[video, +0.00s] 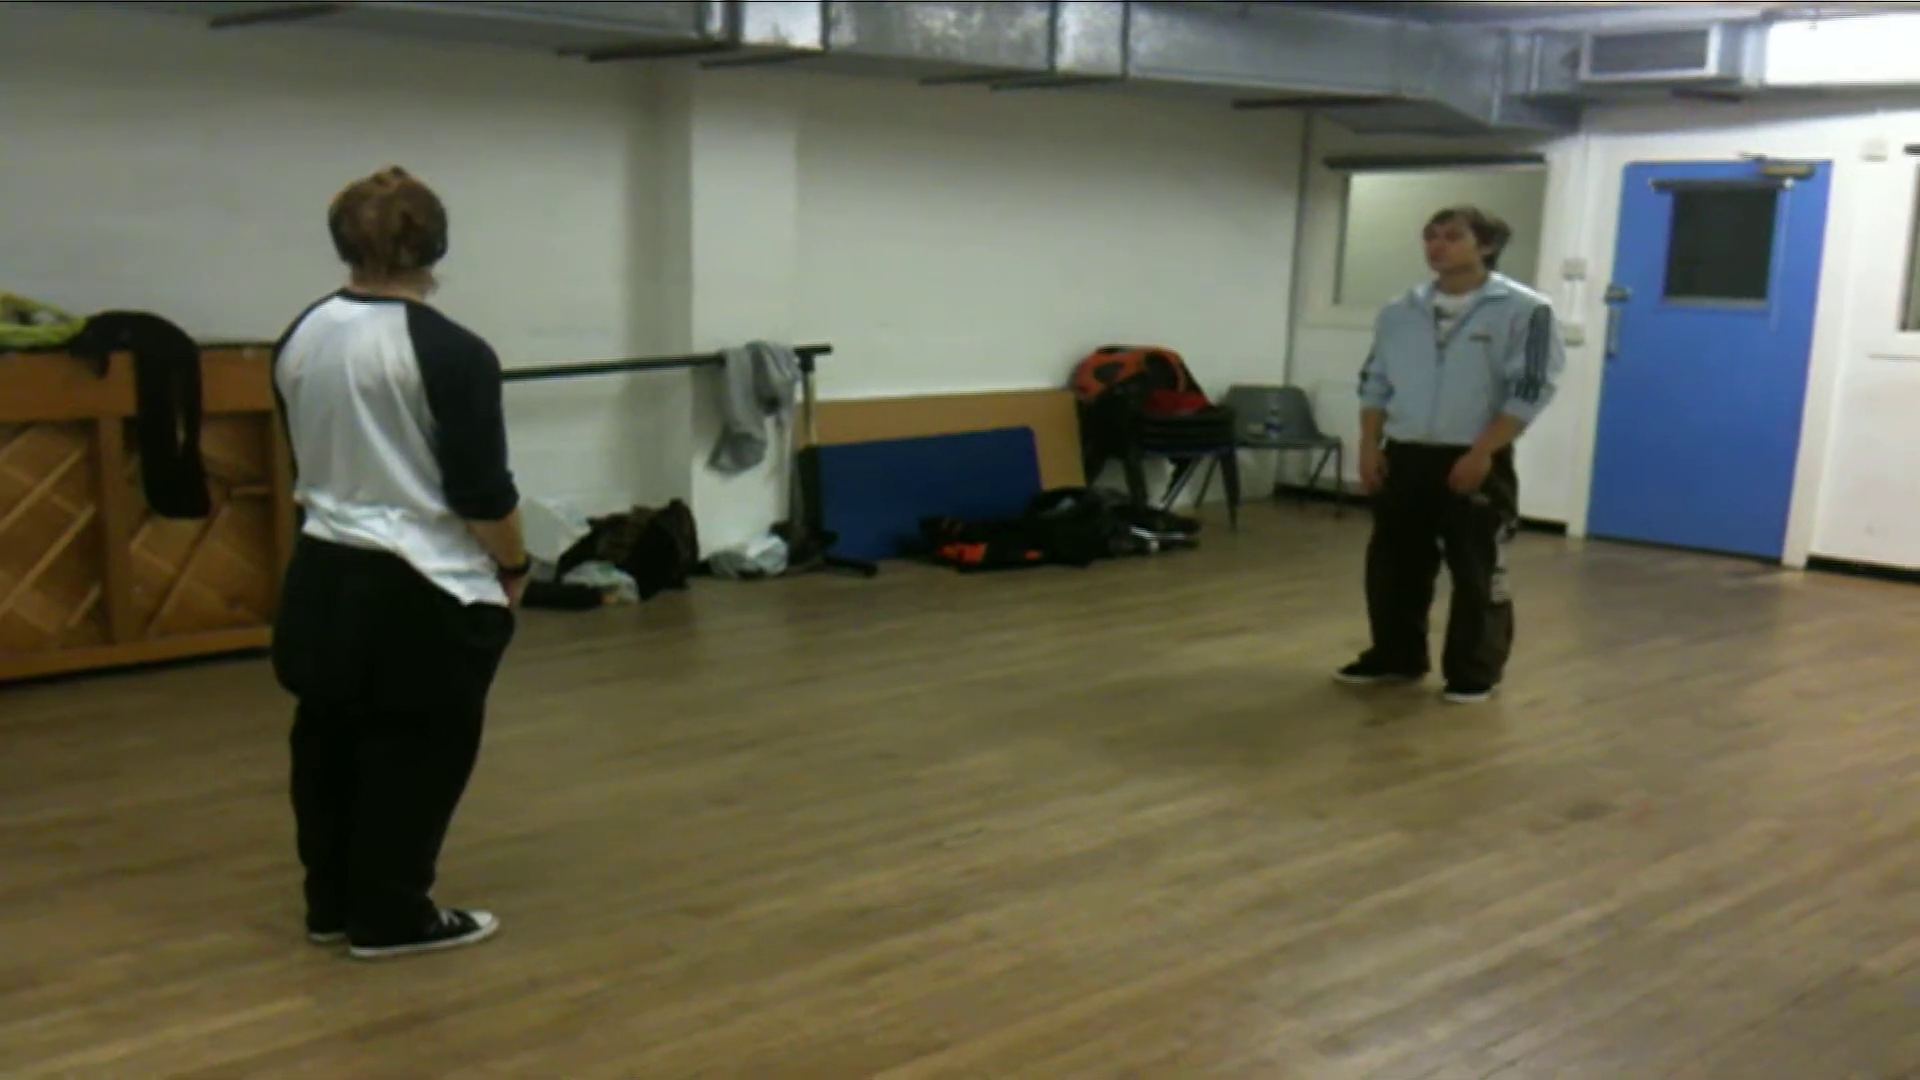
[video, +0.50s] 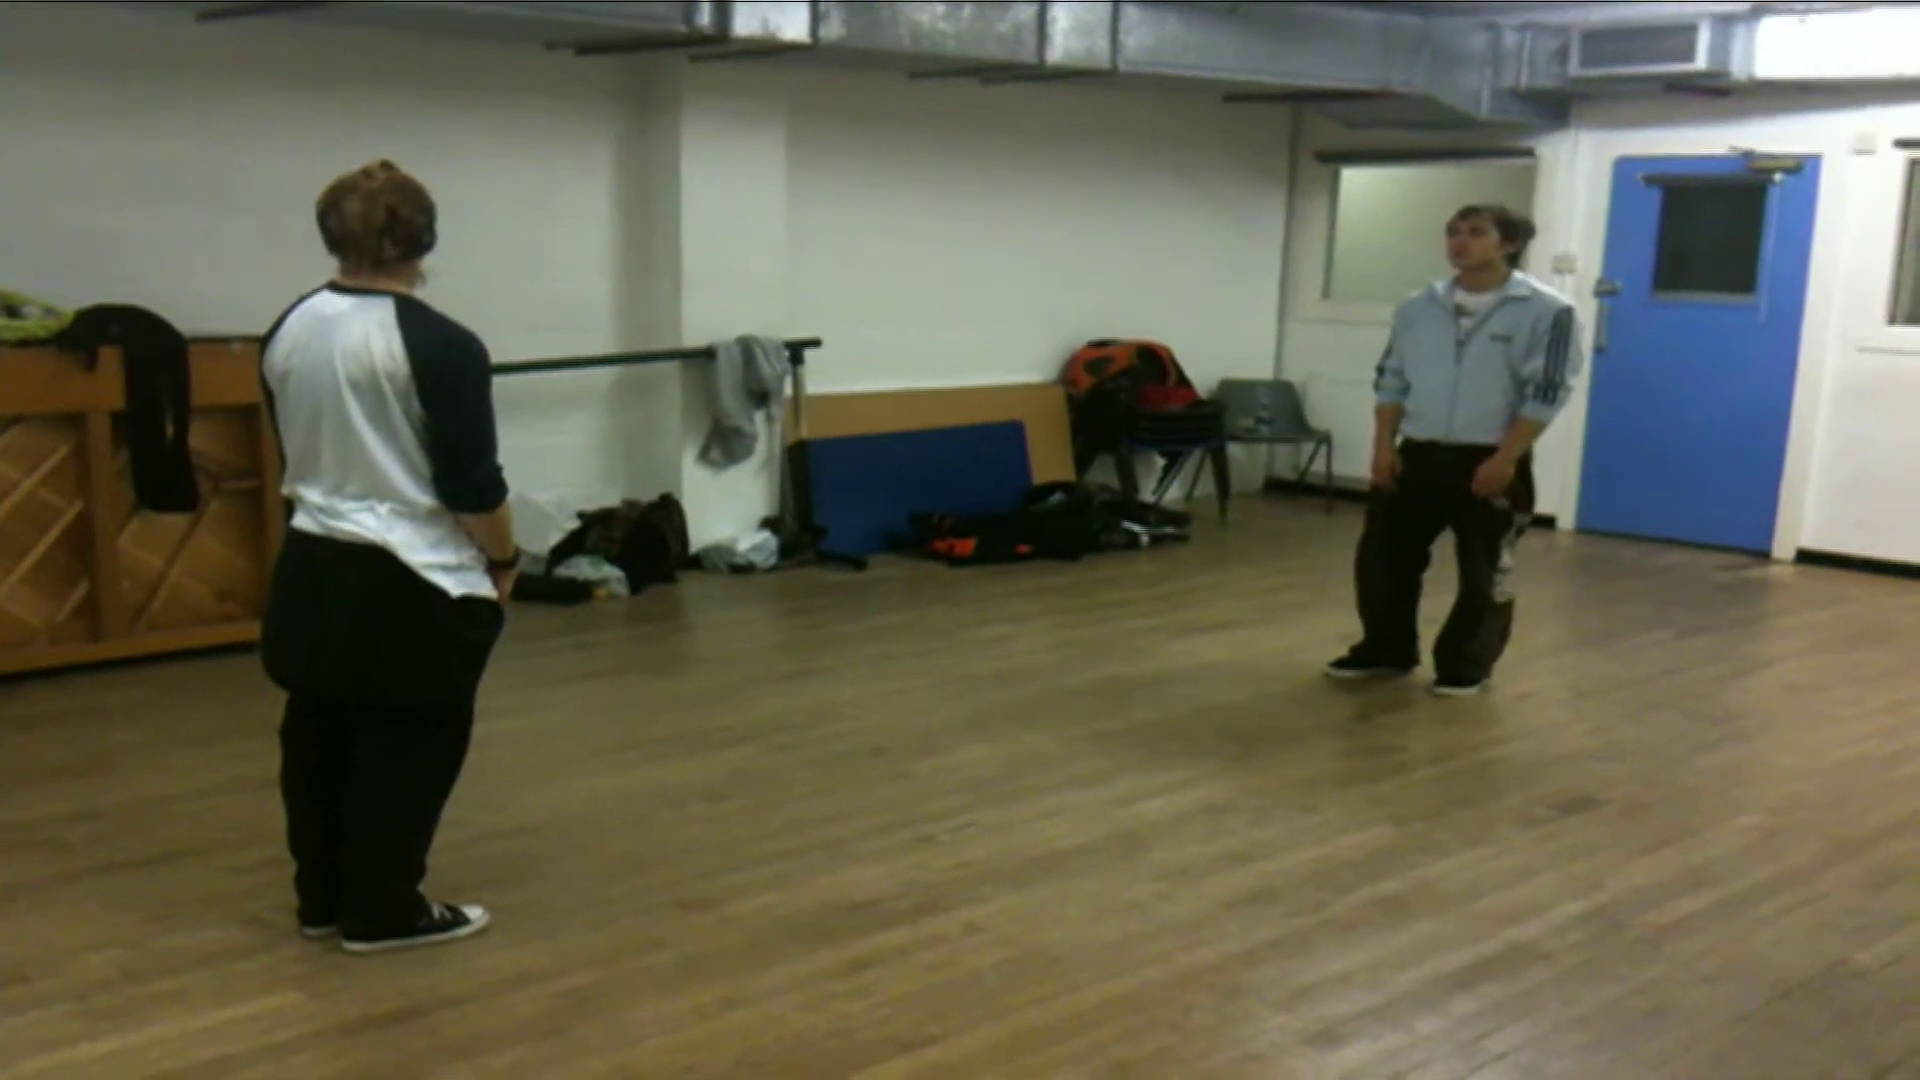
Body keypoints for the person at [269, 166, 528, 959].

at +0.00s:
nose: (439, 252)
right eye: (436, 242)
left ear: (347, 248)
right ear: (431, 249)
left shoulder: (300, 339)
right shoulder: (453, 355)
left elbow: (308, 469)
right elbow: (483, 492)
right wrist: (512, 566)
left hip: (324, 585)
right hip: (428, 599)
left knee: (330, 738)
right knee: (423, 756)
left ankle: (331, 902)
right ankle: (393, 913)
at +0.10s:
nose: (439, 253)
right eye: (436, 242)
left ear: (345, 248)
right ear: (429, 250)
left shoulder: (299, 340)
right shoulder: (452, 355)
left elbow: (304, 470)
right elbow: (481, 492)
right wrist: (512, 566)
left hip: (323, 585)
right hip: (427, 599)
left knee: (329, 740)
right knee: (421, 757)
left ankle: (330, 902)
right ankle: (394, 914)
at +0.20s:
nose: (438, 251)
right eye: (435, 240)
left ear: (345, 246)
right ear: (428, 247)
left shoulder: (298, 336)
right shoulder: (451, 352)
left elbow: (306, 467)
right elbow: (481, 490)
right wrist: (512, 563)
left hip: (322, 582)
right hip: (427, 596)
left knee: (328, 735)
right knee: (422, 752)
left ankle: (330, 899)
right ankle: (393, 910)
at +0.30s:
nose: (439, 250)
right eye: (436, 239)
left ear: (346, 245)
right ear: (429, 247)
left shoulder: (297, 337)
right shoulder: (451, 351)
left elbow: (305, 467)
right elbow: (482, 490)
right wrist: (511, 564)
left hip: (322, 582)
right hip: (426, 596)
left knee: (328, 735)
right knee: (421, 752)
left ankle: (329, 900)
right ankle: (392, 910)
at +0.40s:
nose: (432, 251)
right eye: (429, 240)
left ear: (338, 245)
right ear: (422, 247)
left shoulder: (290, 337)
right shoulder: (445, 351)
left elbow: (298, 466)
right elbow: (475, 489)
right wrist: (505, 563)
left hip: (316, 583)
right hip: (420, 596)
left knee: (322, 735)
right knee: (417, 751)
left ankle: (324, 900)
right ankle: (387, 910)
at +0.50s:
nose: (430, 245)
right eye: (426, 234)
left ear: (336, 241)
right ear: (419, 242)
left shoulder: (287, 333)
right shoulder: (442, 347)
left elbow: (296, 462)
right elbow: (473, 486)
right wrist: (503, 559)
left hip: (314, 579)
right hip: (418, 593)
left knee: (320, 735)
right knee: (415, 748)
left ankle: (323, 897)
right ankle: (385, 907)